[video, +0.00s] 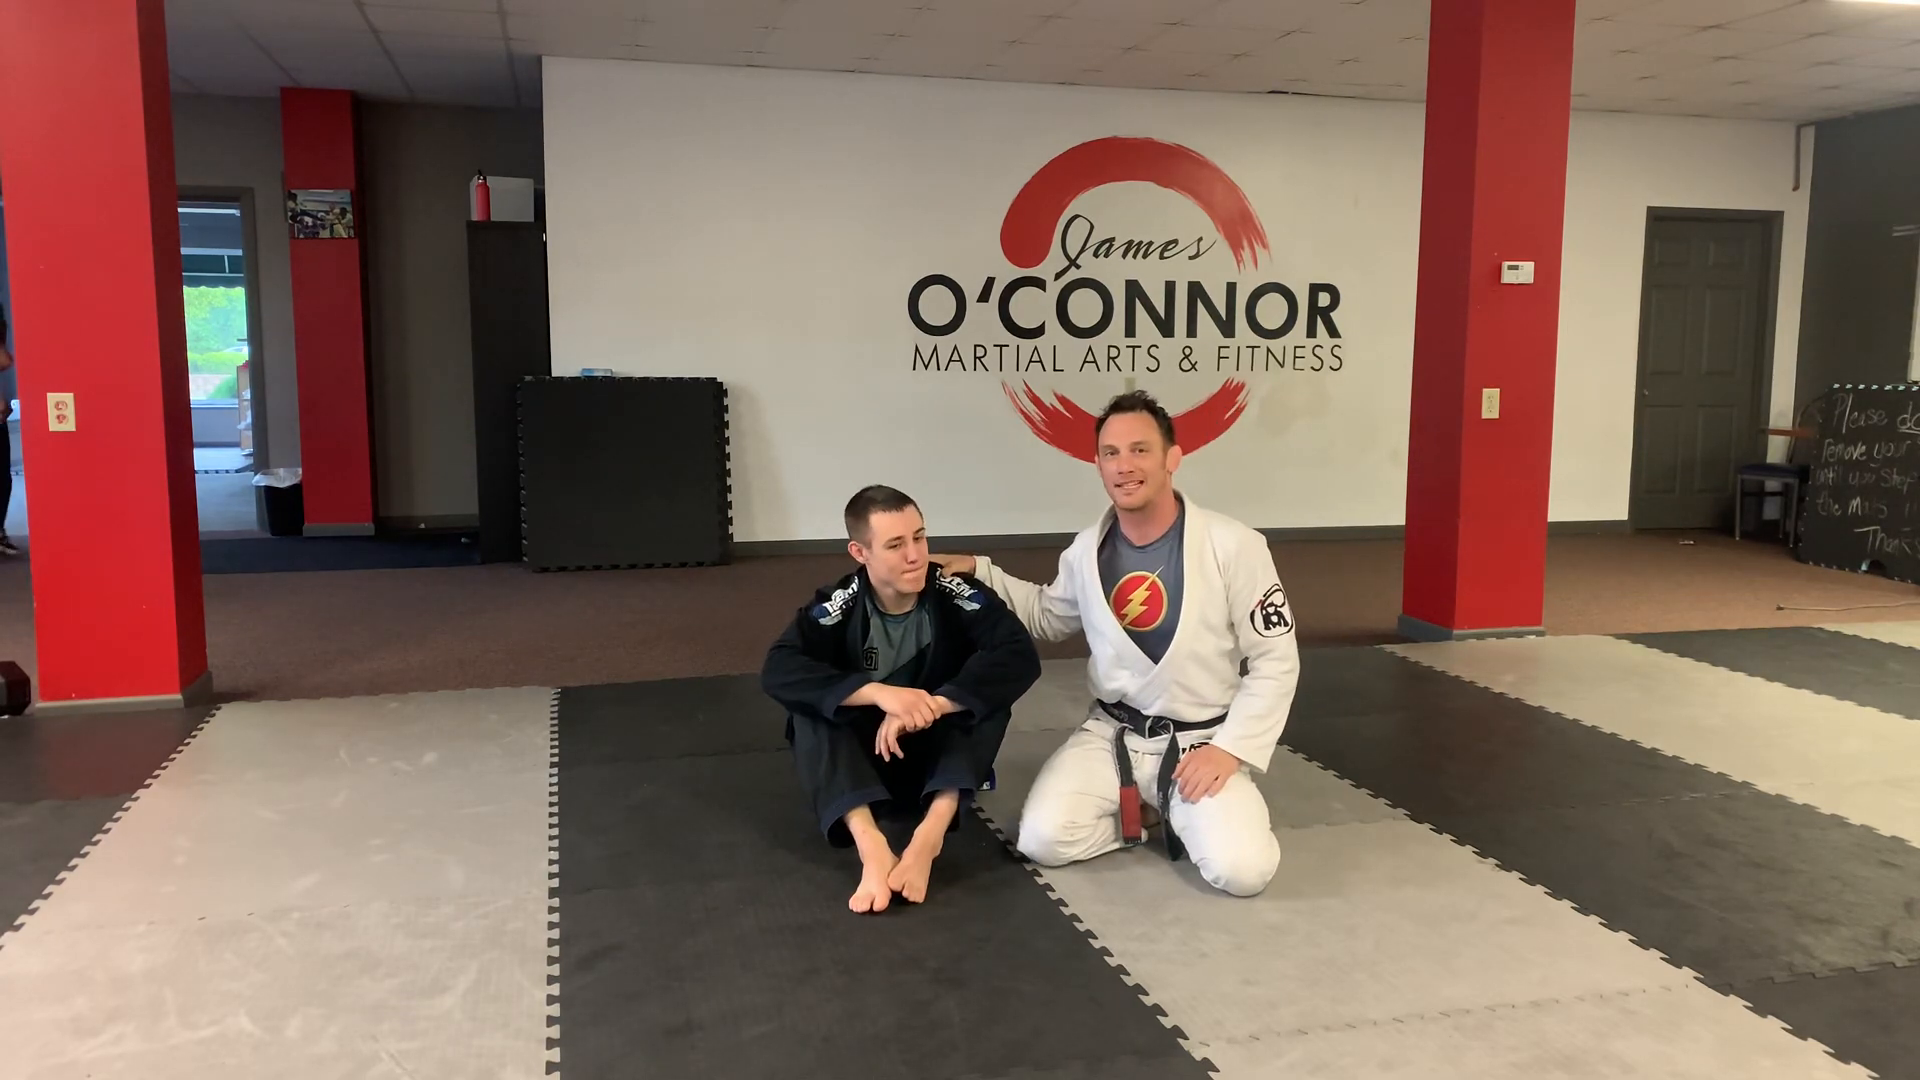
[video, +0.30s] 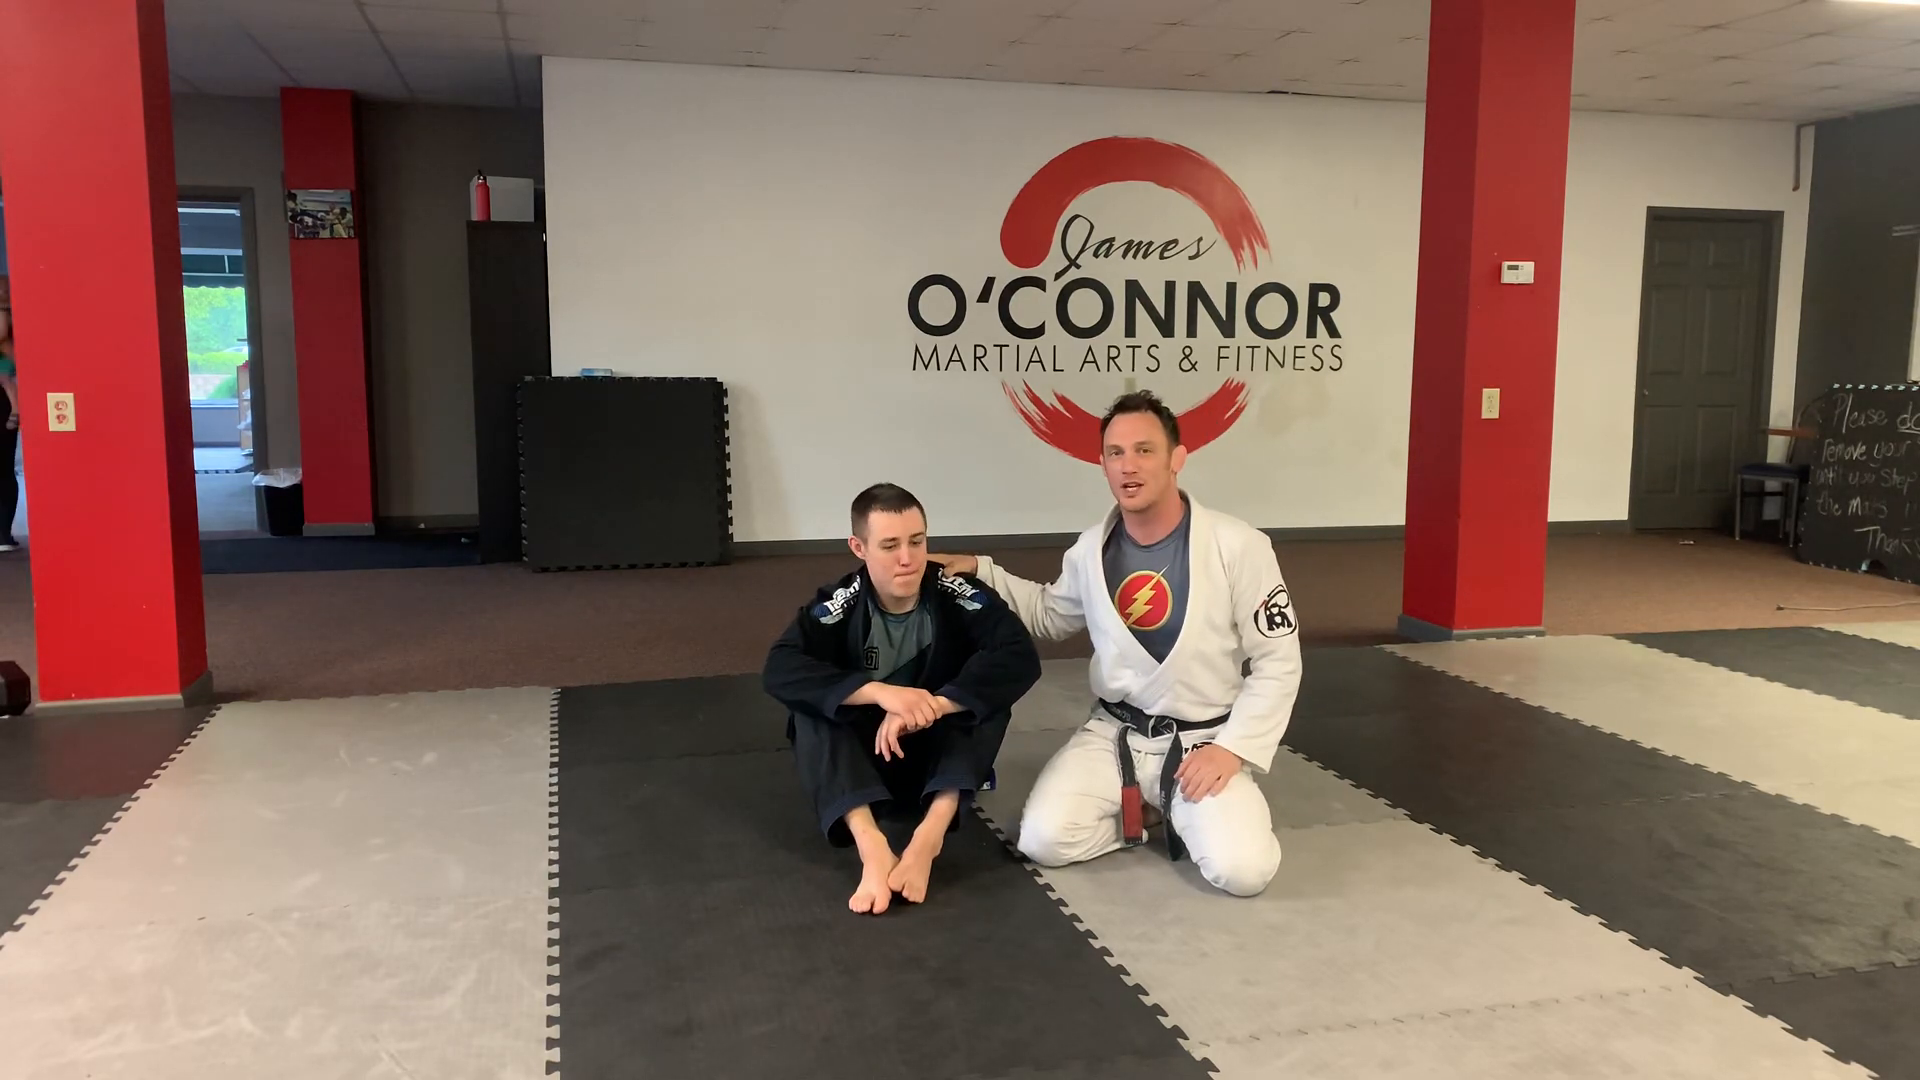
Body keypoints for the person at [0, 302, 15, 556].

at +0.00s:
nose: (6, 337)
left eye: (4, 332)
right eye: (5, 332)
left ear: (3, 334)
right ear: (3, 334)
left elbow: (7, 361)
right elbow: (7, 361)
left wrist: (5, 405)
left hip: (2, 423)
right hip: (1, 424)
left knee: (4, 478)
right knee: (3, 478)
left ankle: (2, 531)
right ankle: (1, 531)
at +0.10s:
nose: (5, 285)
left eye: (3, 282)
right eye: (4, 283)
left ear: (1, 288)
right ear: (3, 288)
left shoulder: (4, 317)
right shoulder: (3, 317)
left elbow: (7, 362)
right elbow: (7, 362)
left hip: (3, 408)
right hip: (2, 408)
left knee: (4, 472)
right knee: (3, 472)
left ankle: (7, 527)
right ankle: (6, 527)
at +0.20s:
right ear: (7, 325)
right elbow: (5, 376)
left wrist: (8, 407)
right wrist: (8, 406)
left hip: (5, 417)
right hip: (4, 417)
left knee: (4, 476)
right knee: (3, 476)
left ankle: (5, 531)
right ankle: (4, 531)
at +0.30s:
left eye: (4, 298)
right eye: (3, 297)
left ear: (9, 299)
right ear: (5, 298)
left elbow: (7, 376)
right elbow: (6, 376)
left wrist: (15, 405)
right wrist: (15, 405)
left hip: (7, 414)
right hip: (5, 413)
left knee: (7, 474)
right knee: (6, 475)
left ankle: (5, 531)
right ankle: (4, 532)